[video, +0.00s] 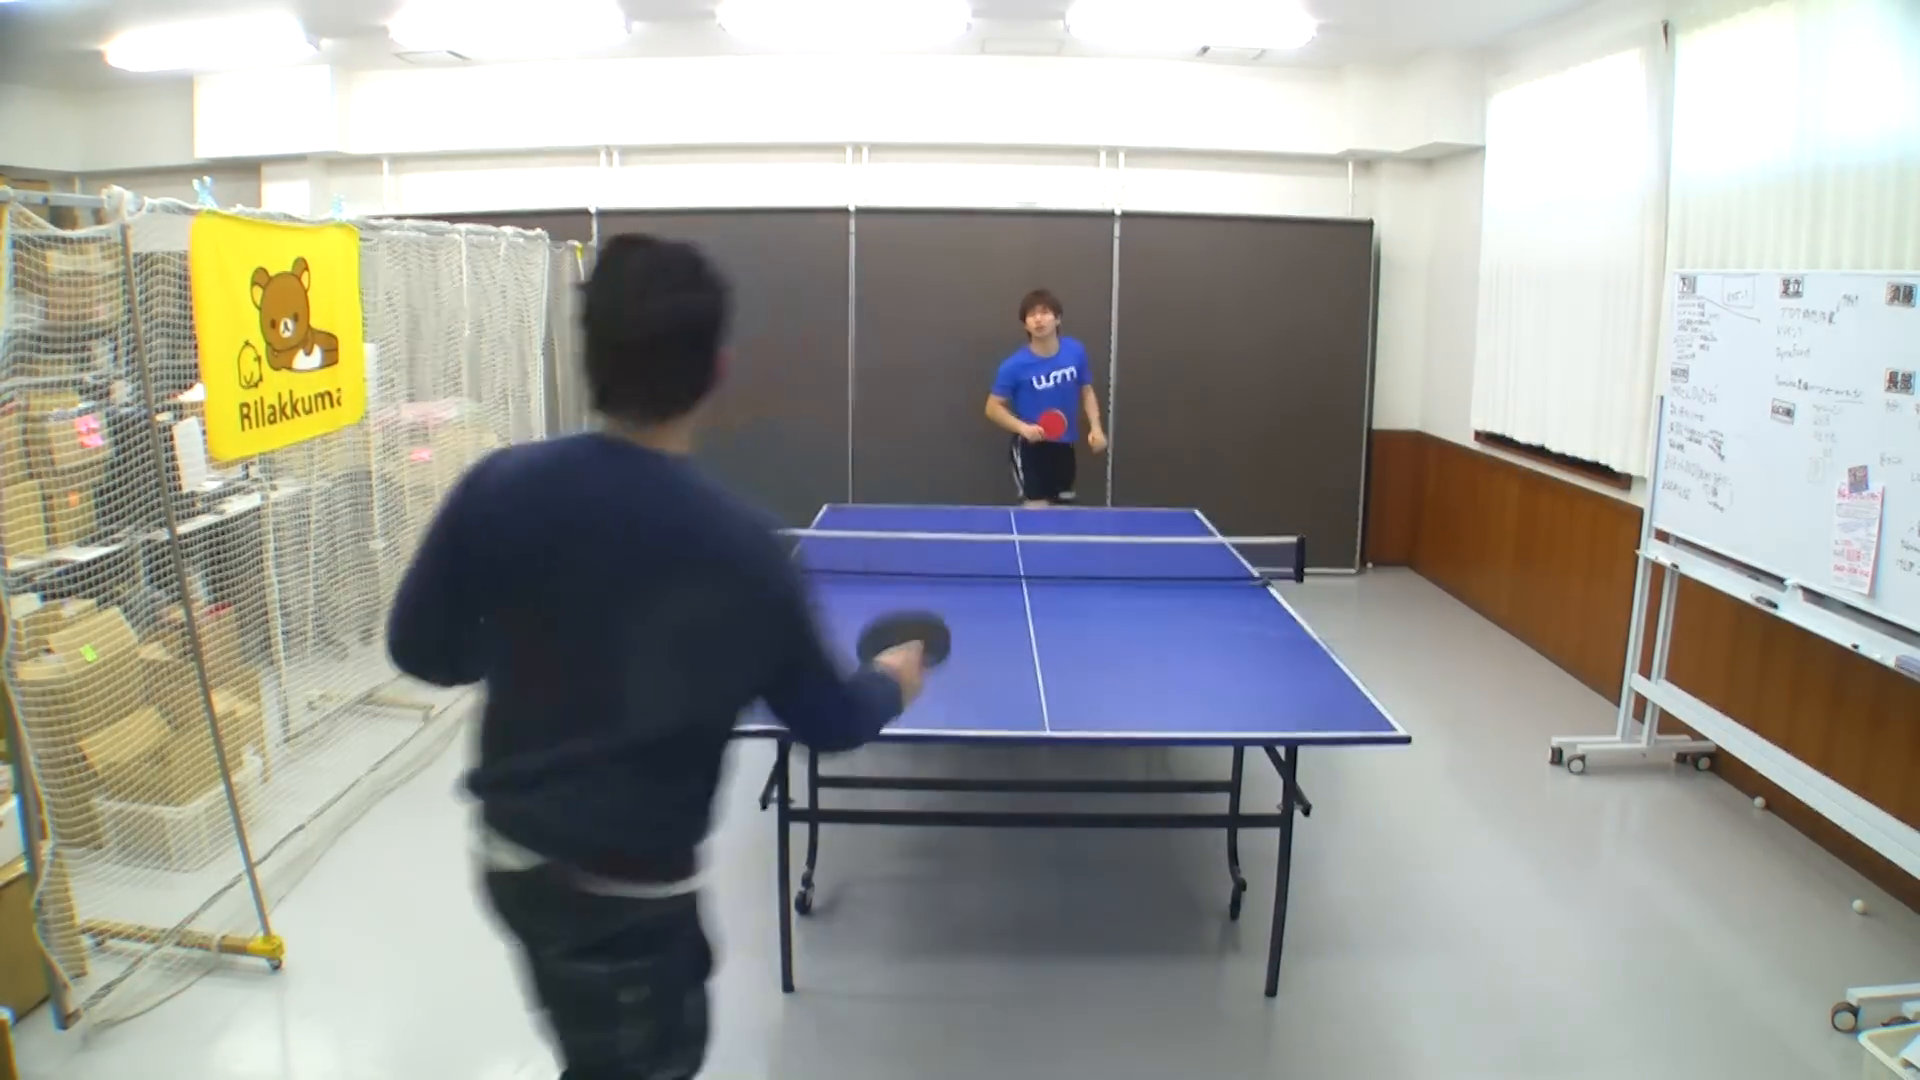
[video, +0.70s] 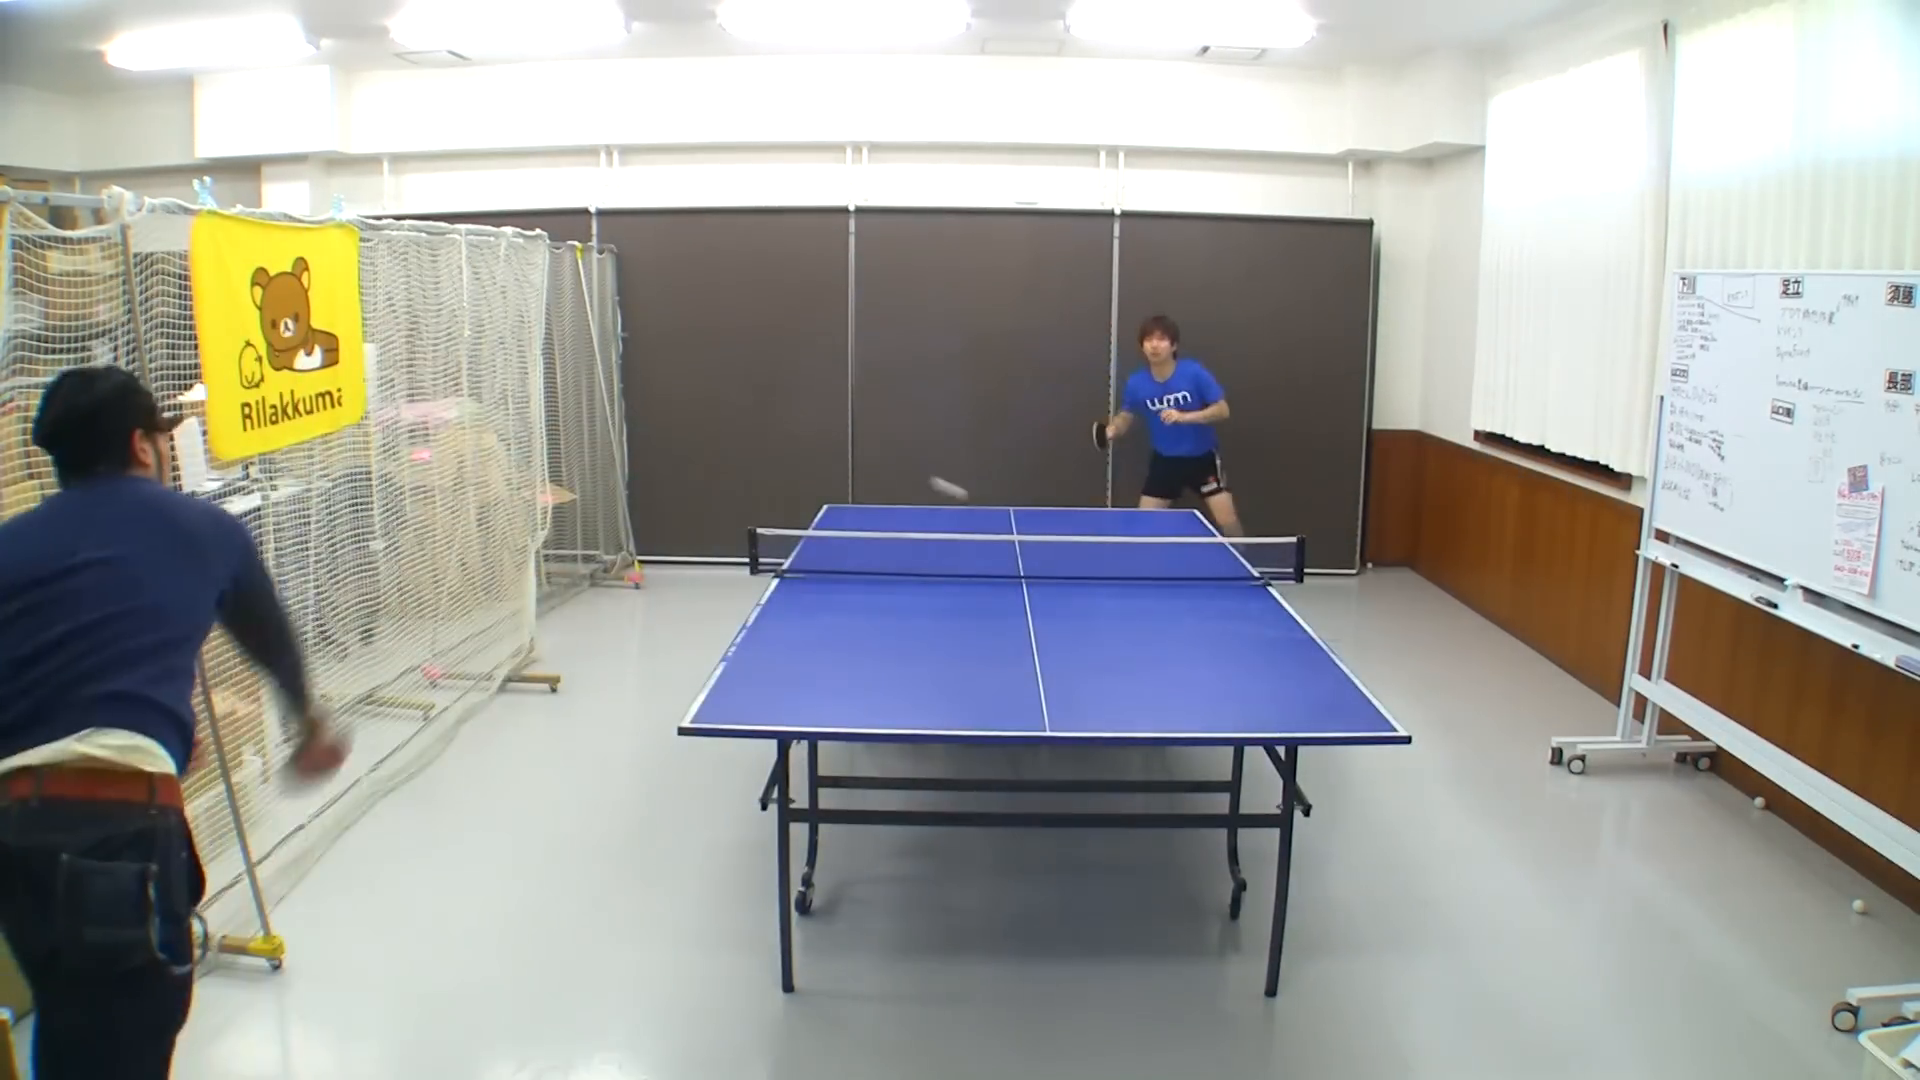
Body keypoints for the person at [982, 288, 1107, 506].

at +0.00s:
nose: (1039, 319)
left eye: (1045, 313)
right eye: (1032, 314)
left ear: (1057, 319)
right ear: (1025, 324)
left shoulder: (1075, 352)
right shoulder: (1013, 366)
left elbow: (1087, 390)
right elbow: (992, 407)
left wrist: (1095, 427)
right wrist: (1023, 428)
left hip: (1064, 444)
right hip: (1030, 445)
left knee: (1062, 512)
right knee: (1037, 511)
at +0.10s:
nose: (1054, 335)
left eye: (1060, 328)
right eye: (1048, 329)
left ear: (1071, 334)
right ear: (1040, 337)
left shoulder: (1088, 366)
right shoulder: (1026, 378)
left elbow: (1106, 399)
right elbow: (1009, 421)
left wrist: (1112, 435)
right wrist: (1040, 436)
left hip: (1078, 461)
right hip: (1041, 461)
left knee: (1095, 523)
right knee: (1038, 523)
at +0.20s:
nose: (1075, 347)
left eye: (1081, 341)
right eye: (1069, 341)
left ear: (1092, 348)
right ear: (1060, 349)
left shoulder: (1106, 379)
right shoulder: (1044, 387)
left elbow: (1133, 410)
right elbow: (1028, 429)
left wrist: (1133, 441)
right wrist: (1055, 442)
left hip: (1094, 469)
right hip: (1056, 470)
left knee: (1128, 517)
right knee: (1044, 525)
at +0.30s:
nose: (1099, 350)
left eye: (1106, 344)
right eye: (1093, 344)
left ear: (1117, 352)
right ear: (1085, 351)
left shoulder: (1133, 382)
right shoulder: (1069, 389)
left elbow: (1162, 417)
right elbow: (1055, 425)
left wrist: (1149, 443)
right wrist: (1069, 440)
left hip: (1120, 471)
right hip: (1080, 470)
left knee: (1154, 520)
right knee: (1056, 521)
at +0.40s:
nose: (1119, 343)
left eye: (1126, 337)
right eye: (1114, 336)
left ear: (1137, 344)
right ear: (1106, 343)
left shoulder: (1156, 374)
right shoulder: (1095, 379)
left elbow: (1183, 409)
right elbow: (1080, 412)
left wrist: (1159, 432)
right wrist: (1081, 428)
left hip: (1146, 461)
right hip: (1107, 460)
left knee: (1167, 519)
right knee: (1078, 513)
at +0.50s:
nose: (1131, 333)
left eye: (1138, 327)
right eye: (1125, 327)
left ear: (1149, 334)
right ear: (1118, 333)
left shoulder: (1171, 362)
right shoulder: (1109, 370)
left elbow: (1199, 395)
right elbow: (1093, 403)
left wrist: (1173, 414)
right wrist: (1088, 419)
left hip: (1167, 449)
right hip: (1130, 449)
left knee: (1178, 519)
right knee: (1106, 514)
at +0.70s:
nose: (1154, 345)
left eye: (1161, 339)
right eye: (1149, 339)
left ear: (1174, 345)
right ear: (1142, 346)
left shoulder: (1193, 372)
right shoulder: (1136, 383)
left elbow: (1222, 410)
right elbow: (1126, 416)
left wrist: (1183, 417)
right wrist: (1112, 429)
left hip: (1201, 459)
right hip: (1164, 461)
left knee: (1227, 521)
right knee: (1145, 520)